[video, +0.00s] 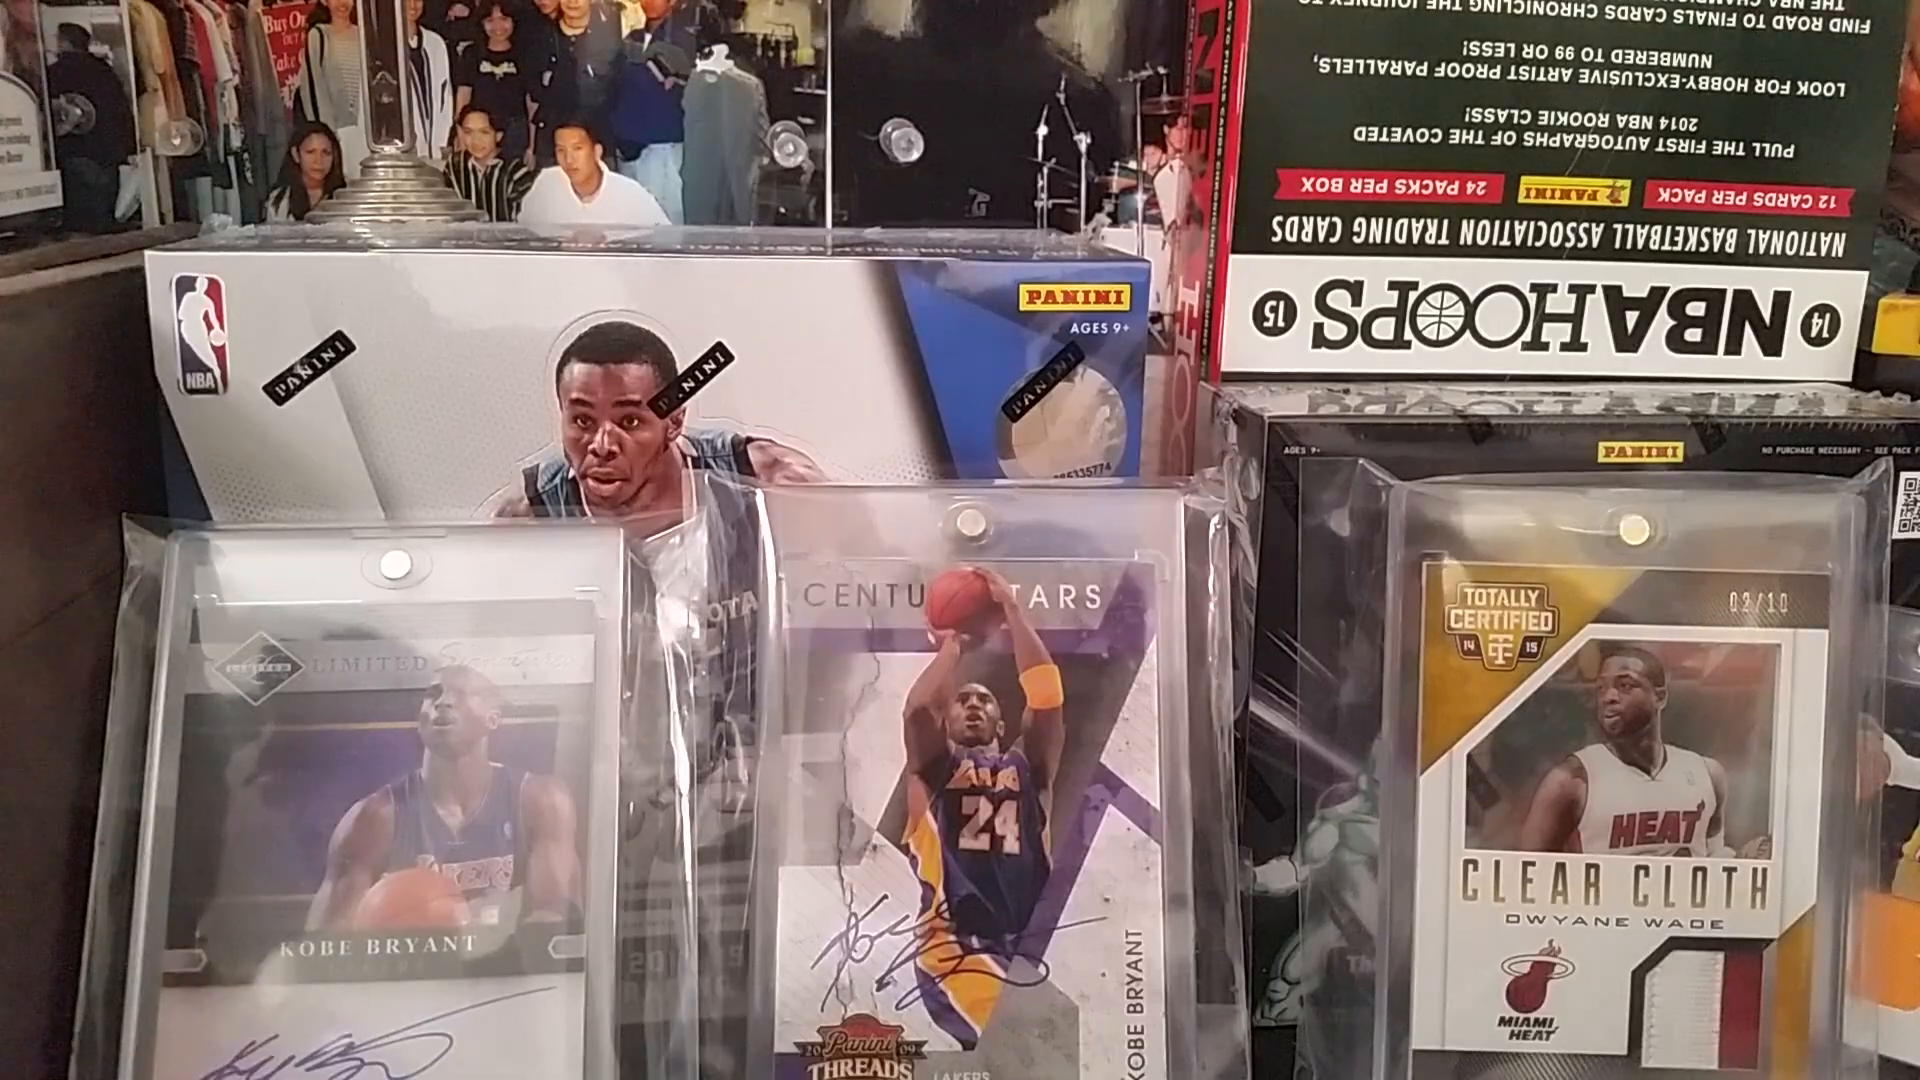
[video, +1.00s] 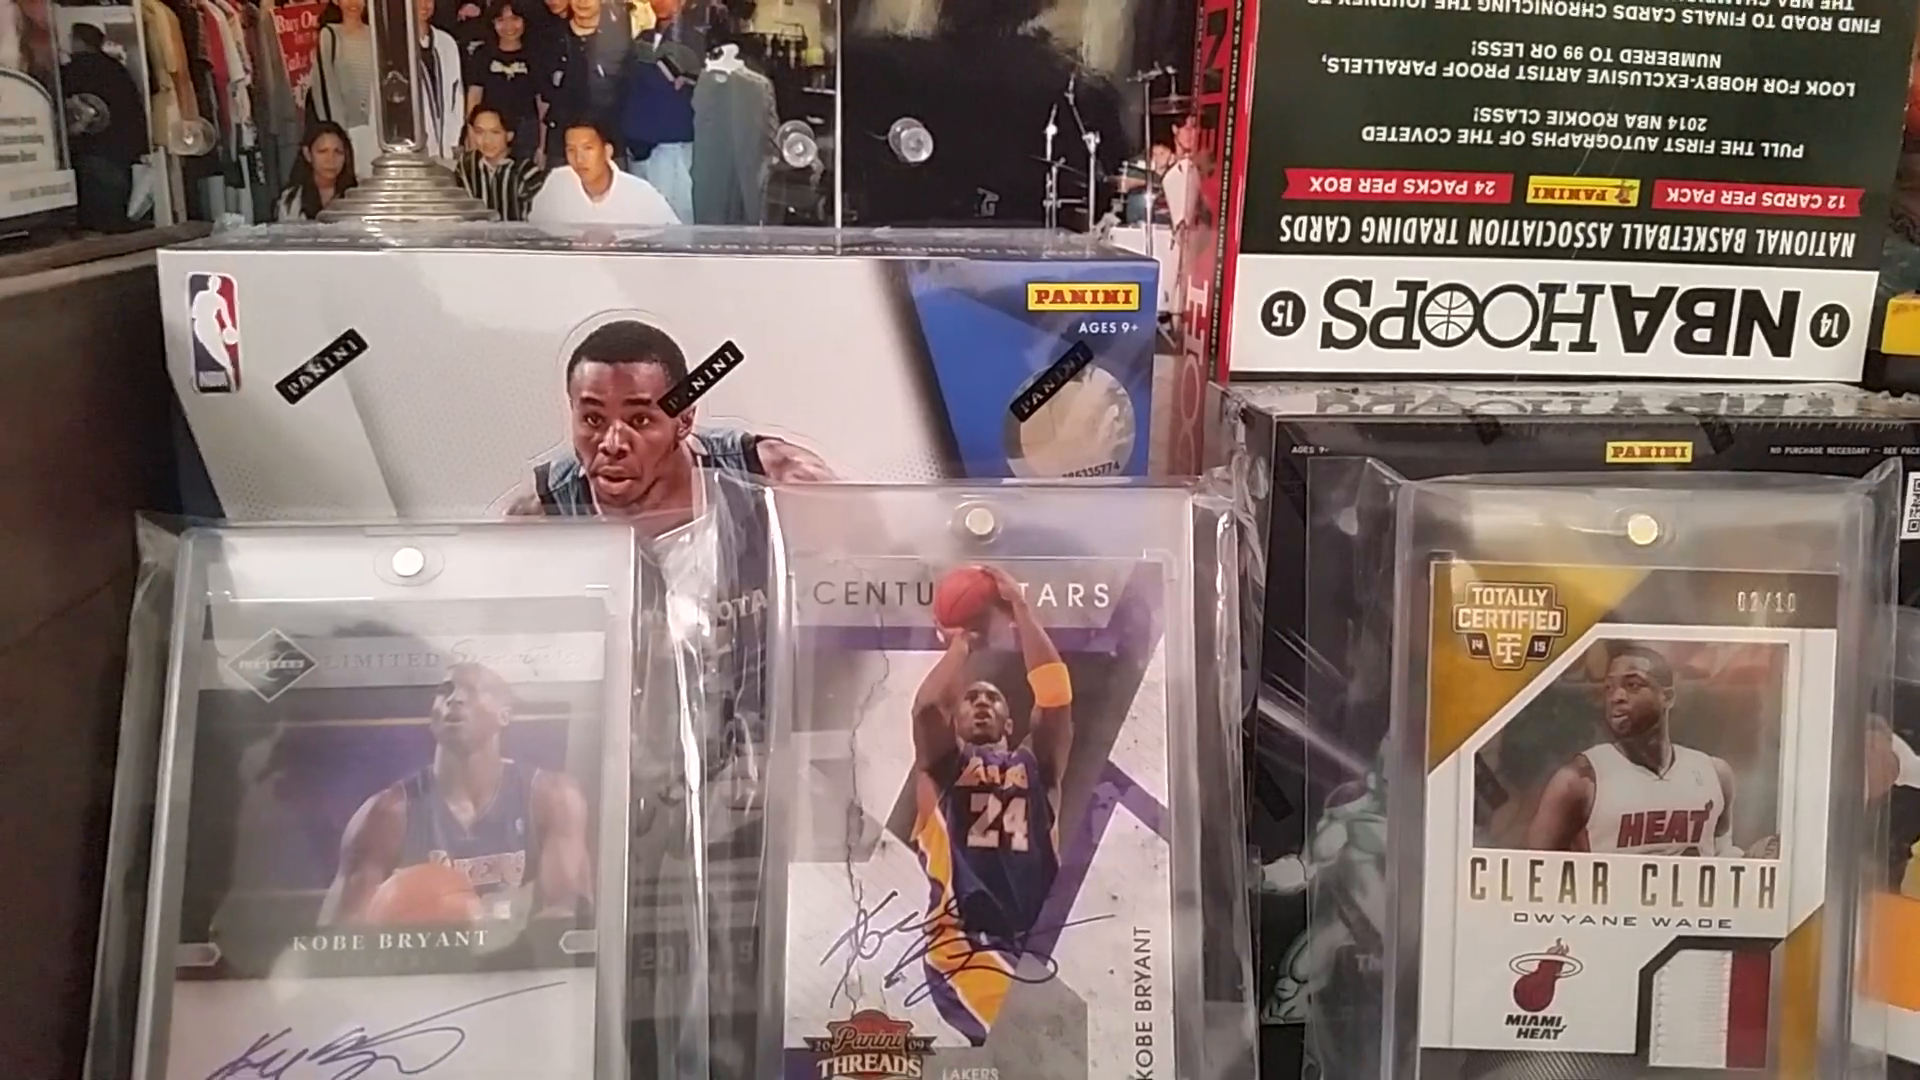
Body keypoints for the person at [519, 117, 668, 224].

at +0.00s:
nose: (569, 161)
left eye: (578, 149)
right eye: (561, 151)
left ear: (597, 152)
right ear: (555, 155)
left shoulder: (629, 192)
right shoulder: (547, 183)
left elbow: (668, 240)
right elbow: (521, 233)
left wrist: (609, 244)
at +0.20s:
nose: (569, 160)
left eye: (578, 149)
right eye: (561, 151)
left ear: (597, 152)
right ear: (555, 154)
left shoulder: (629, 192)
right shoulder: (547, 183)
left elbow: (668, 240)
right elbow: (521, 232)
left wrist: (608, 244)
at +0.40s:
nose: (569, 160)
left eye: (578, 149)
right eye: (561, 151)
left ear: (597, 152)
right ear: (555, 155)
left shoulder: (629, 192)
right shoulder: (547, 182)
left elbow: (668, 240)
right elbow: (521, 232)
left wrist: (609, 245)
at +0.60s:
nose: (569, 160)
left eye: (578, 149)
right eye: (561, 151)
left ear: (597, 152)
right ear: (555, 155)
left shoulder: (629, 192)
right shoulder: (547, 183)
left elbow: (668, 240)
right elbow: (521, 233)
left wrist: (609, 244)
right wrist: (565, 244)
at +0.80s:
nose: (570, 160)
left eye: (578, 149)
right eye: (562, 151)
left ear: (598, 152)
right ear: (556, 155)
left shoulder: (631, 192)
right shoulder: (548, 183)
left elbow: (669, 240)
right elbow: (522, 233)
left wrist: (609, 243)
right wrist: (566, 244)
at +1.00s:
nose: (579, 160)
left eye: (588, 149)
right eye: (571, 151)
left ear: (607, 151)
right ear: (565, 154)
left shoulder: (640, 192)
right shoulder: (557, 182)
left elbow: (678, 240)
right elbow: (532, 231)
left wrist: (619, 243)